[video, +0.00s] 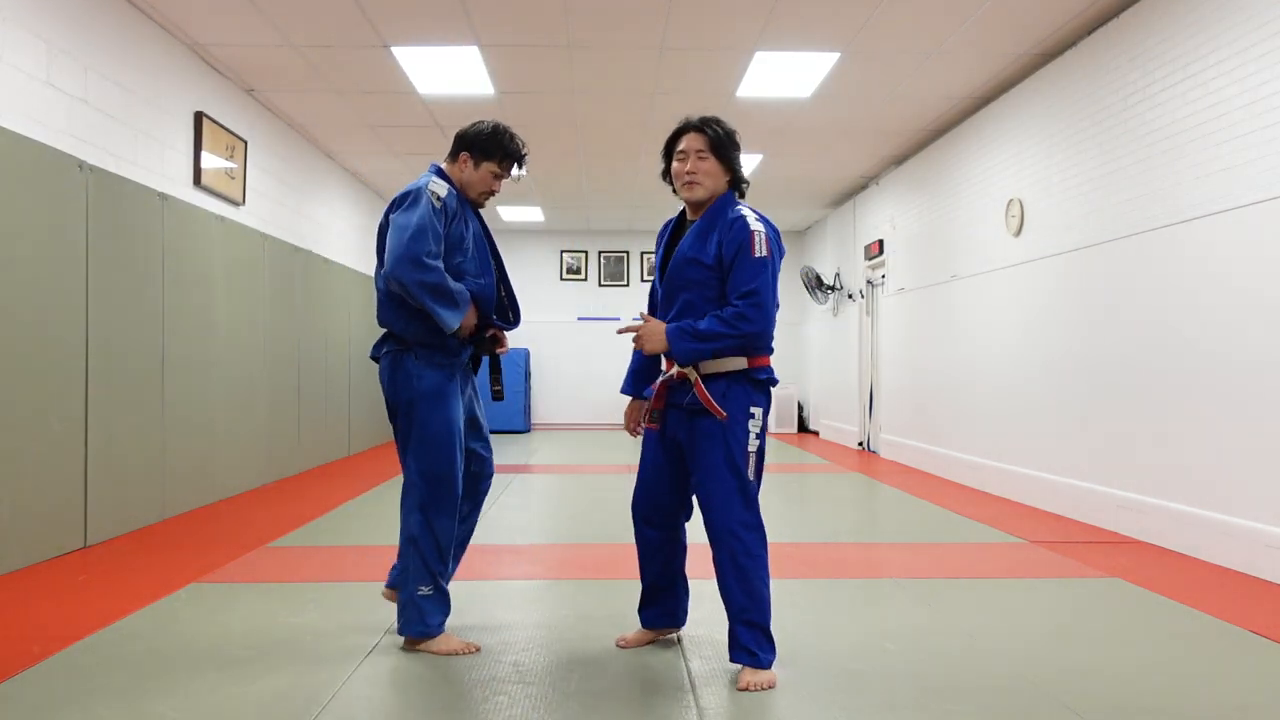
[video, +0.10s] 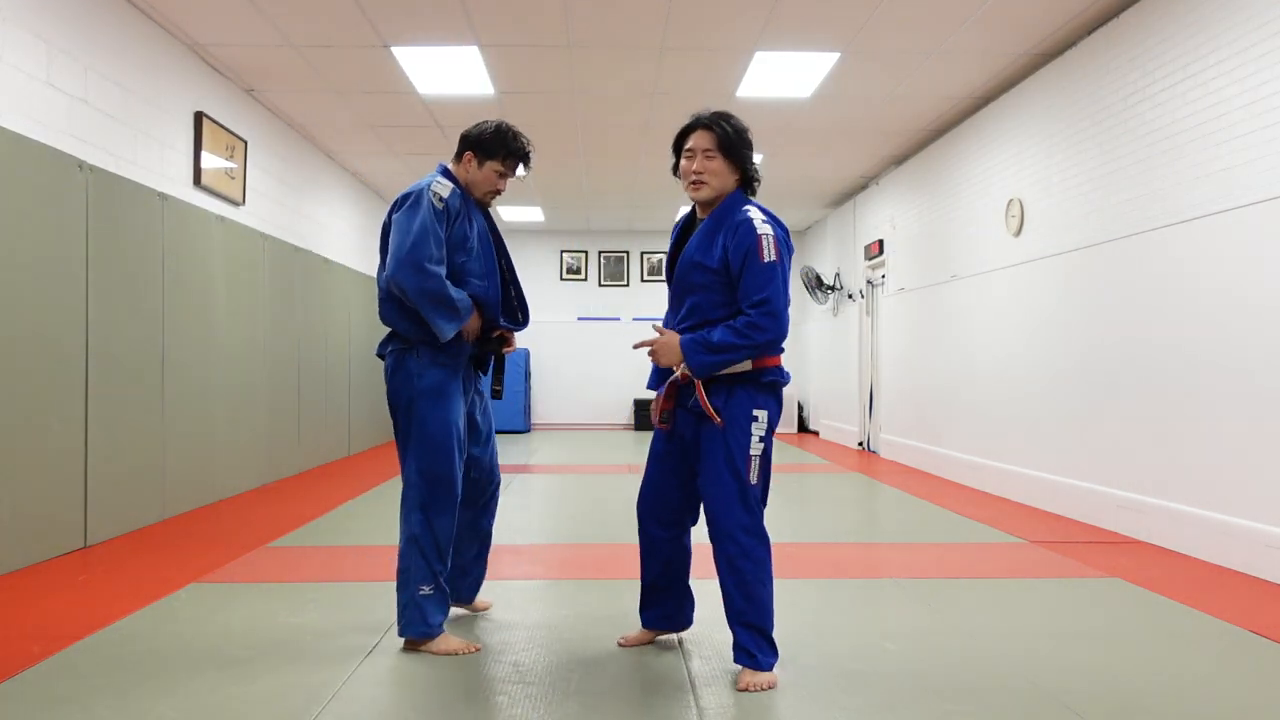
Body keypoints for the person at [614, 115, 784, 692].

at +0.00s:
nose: (686, 165)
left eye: (701, 156)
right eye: (679, 157)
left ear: (728, 168)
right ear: (670, 170)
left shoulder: (749, 228)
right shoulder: (672, 233)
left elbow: (754, 324)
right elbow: (658, 319)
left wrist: (672, 337)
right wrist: (637, 389)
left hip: (732, 389)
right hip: (676, 388)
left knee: (733, 522)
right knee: (654, 509)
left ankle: (753, 655)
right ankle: (662, 618)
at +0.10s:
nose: (694, 165)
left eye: (708, 155)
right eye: (686, 156)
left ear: (738, 165)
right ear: (679, 166)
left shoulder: (757, 226)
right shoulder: (687, 229)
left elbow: (767, 324)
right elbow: (682, 318)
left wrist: (685, 348)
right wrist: (662, 382)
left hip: (742, 392)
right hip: (687, 389)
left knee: (736, 523)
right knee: (659, 508)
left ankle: (755, 656)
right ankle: (666, 615)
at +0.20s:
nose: (698, 164)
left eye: (713, 155)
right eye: (692, 154)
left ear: (744, 163)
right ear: (687, 162)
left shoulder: (760, 226)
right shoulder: (701, 225)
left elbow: (773, 327)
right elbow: (709, 315)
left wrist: (694, 357)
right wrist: (685, 367)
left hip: (749, 393)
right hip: (697, 389)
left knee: (738, 522)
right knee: (666, 505)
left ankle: (756, 655)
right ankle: (674, 616)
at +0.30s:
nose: (704, 162)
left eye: (719, 152)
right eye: (698, 152)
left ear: (750, 162)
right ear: (693, 160)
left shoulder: (764, 225)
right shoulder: (713, 223)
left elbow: (776, 325)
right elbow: (718, 313)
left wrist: (696, 356)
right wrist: (688, 360)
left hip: (753, 392)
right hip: (703, 388)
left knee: (739, 520)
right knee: (675, 506)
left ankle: (757, 655)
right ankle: (691, 620)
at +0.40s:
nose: (709, 160)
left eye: (725, 151)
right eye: (705, 149)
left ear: (757, 161)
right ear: (700, 157)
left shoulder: (770, 224)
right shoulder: (718, 223)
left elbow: (778, 325)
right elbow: (721, 313)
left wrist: (696, 353)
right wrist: (690, 362)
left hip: (757, 393)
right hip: (708, 389)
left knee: (742, 522)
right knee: (683, 509)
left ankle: (758, 657)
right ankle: (694, 623)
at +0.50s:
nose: (714, 159)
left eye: (730, 150)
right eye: (710, 149)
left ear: (763, 161)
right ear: (706, 156)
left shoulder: (777, 224)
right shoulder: (722, 221)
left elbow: (782, 326)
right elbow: (722, 308)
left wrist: (699, 354)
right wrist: (689, 346)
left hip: (760, 394)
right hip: (709, 389)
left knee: (745, 523)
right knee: (686, 509)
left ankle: (758, 657)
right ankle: (693, 624)